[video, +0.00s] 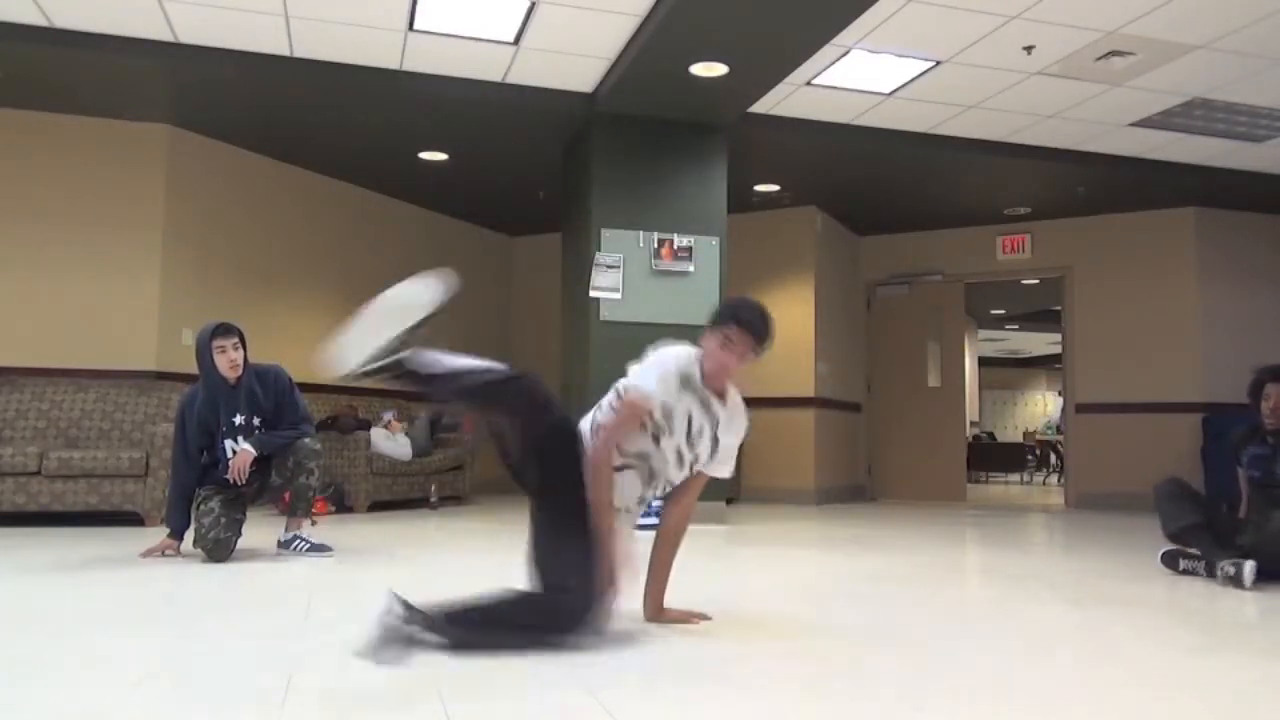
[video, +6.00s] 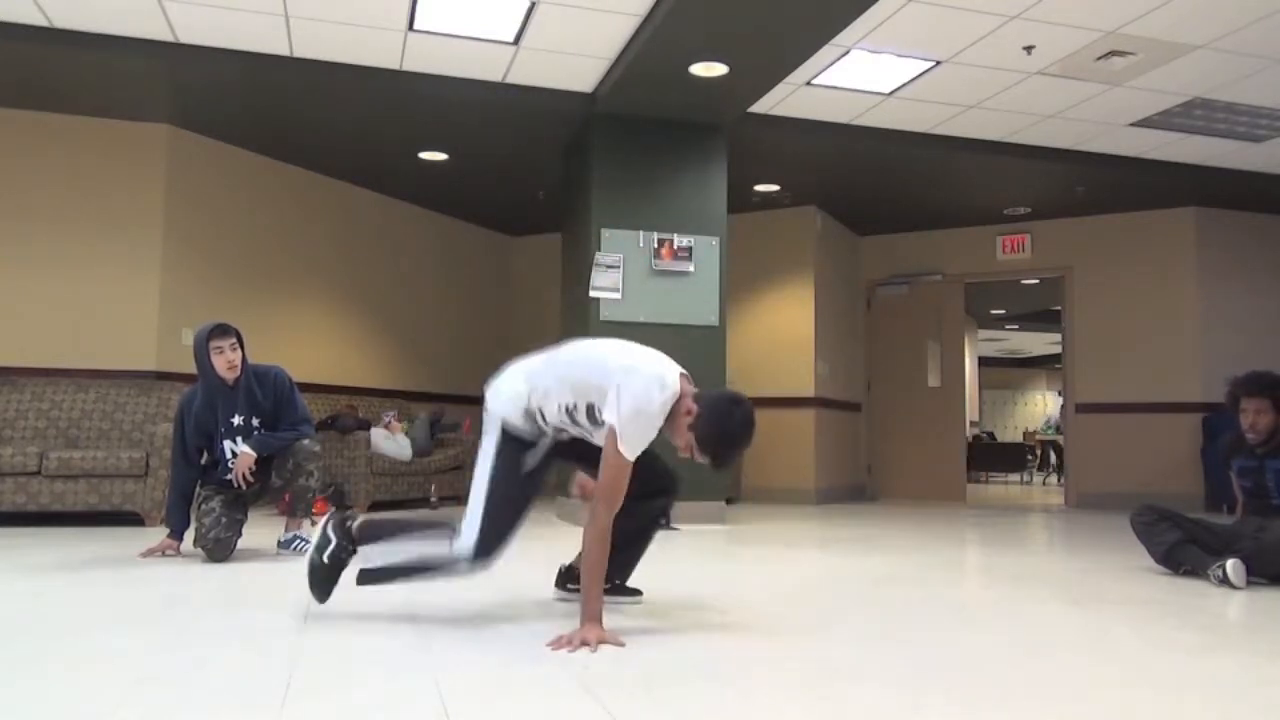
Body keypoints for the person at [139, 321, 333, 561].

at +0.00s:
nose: (232, 357)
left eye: (236, 348)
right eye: (221, 351)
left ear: (244, 350)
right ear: (207, 359)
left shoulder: (272, 379)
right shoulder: (194, 403)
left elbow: (304, 428)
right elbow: (184, 470)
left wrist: (254, 445)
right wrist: (174, 534)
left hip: (265, 477)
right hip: (219, 488)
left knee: (308, 449)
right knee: (215, 549)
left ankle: (292, 534)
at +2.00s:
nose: (232, 356)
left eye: (235, 347)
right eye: (221, 351)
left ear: (243, 350)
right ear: (206, 359)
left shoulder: (273, 380)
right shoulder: (194, 403)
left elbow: (304, 430)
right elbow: (184, 470)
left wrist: (256, 445)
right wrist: (174, 535)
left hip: (267, 476)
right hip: (221, 488)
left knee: (308, 451)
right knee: (216, 549)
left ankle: (292, 534)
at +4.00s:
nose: (229, 357)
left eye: (233, 348)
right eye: (218, 352)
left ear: (242, 351)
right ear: (204, 360)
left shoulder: (272, 380)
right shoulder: (193, 404)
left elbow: (304, 430)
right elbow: (184, 471)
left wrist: (255, 445)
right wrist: (174, 535)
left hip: (267, 476)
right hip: (221, 488)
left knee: (308, 450)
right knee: (215, 549)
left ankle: (292, 534)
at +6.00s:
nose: (230, 358)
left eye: (234, 349)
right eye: (219, 352)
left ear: (242, 350)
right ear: (204, 360)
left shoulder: (272, 380)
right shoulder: (193, 404)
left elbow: (305, 429)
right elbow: (184, 470)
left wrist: (256, 446)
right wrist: (174, 535)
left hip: (267, 476)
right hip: (220, 487)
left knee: (307, 450)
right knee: (215, 549)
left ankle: (292, 534)